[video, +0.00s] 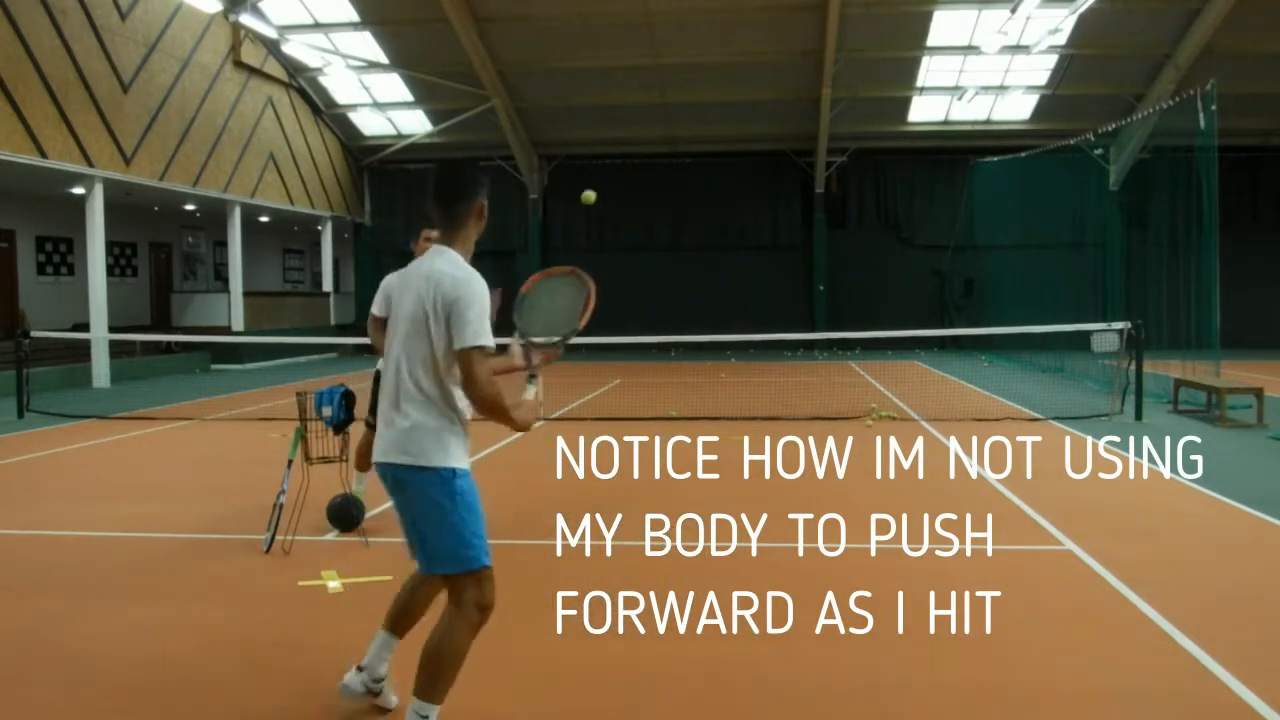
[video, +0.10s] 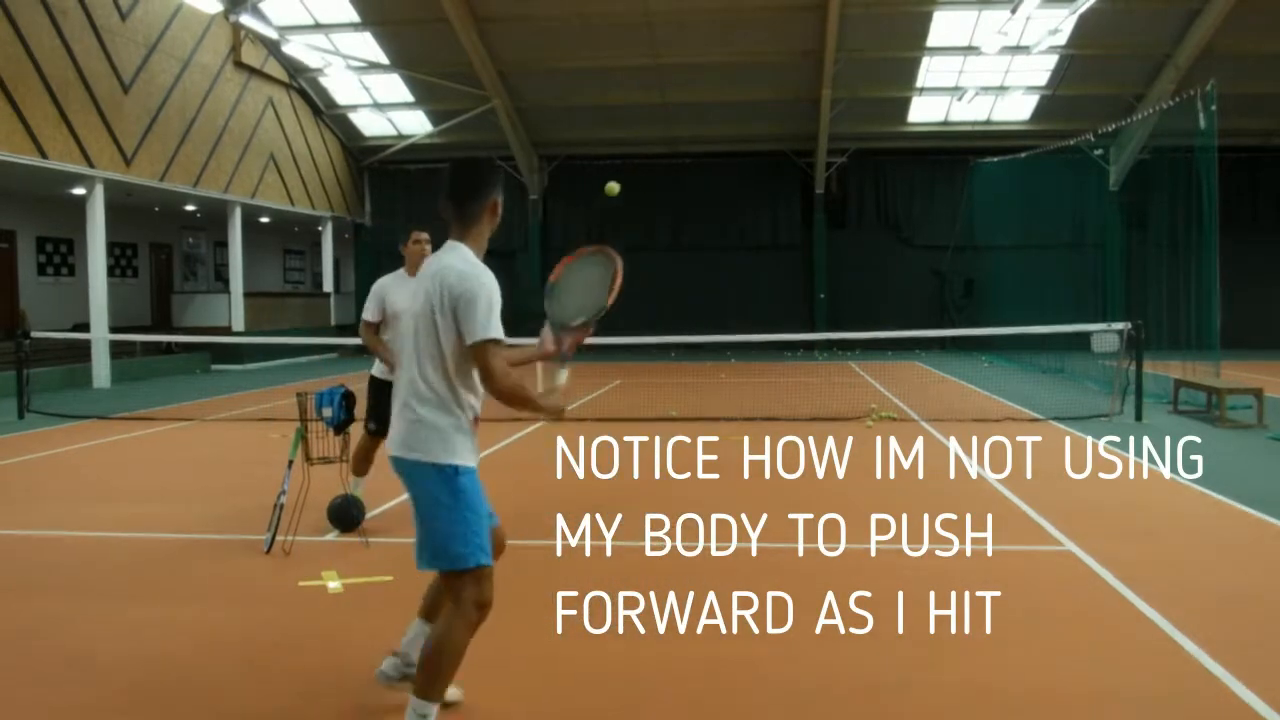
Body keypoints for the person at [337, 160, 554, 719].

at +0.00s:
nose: (487, 215)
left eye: (483, 207)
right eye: (486, 208)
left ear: (435, 212)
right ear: (480, 212)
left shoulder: (406, 277)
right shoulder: (465, 282)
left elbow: (430, 366)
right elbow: (478, 387)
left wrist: (512, 358)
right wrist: (515, 417)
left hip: (397, 452)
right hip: (433, 457)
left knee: (436, 565)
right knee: (475, 598)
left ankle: (369, 671)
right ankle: (421, 712)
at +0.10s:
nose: (500, 213)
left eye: (495, 205)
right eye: (501, 205)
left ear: (452, 207)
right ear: (495, 208)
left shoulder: (435, 268)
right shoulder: (473, 277)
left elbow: (468, 355)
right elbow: (496, 377)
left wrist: (542, 349)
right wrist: (543, 405)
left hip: (420, 442)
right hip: (439, 449)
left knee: (490, 539)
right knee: (472, 596)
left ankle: (409, 656)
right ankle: (422, 710)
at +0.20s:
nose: (516, 215)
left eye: (512, 205)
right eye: (516, 206)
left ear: (467, 208)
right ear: (507, 209)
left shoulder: (459, 267)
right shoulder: (478, 273)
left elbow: (509, 347)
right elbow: (522, 365)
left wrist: (580, 326)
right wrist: (583, 379)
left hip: (459, 443)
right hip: (446, 447)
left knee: (507, 542)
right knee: (460, 591)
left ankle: (470, 662)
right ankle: (415, 712)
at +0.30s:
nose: (531, 224)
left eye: (530, 216)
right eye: (530, 215)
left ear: (484, 218)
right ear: (520, 220)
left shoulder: (503, 279)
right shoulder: (481, 278)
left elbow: (557, 334)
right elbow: (537, 342)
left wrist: (613, 304)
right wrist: (617, 340)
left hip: (485, 453)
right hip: (457, 455)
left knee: (533, 548)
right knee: (466, 593)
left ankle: (489, 666)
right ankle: (416, 712)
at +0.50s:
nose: (576, 232)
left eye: (576, 226)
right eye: (575, 224)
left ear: (543, 223)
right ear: (563, 222)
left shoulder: (564, 280)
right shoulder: (507, 271)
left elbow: (625, 311)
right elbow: (504, 299)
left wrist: (668, 272)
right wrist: (580, 272)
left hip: (526, 441)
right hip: (493, 439)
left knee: (560, 552)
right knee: (539, 564)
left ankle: (494, 663)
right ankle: (471, 695)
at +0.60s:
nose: (594, 236)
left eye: (600, 229)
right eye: (589, 225)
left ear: (600, 232)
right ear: (563, 221)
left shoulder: (592, 269)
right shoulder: (525, 260)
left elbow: (644, 303)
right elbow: (492, 289)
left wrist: (692, 278)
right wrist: (553, 262)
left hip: (547, 427)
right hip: (512, 426)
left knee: (565, 546)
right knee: (571, 544)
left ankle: (494, 652)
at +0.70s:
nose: (626, 240)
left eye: (628, 231)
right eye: (621, 230)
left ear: (614, 235)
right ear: (596, 231)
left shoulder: (614, 277)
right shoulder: (546, 268)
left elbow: (664, 312)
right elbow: (495, 300)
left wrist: (719, 309)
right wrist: (539, 279)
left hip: (563, 430)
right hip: (529, 429)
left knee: (590, 535)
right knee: (603, 534)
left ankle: (517, 619)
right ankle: (616, 676)